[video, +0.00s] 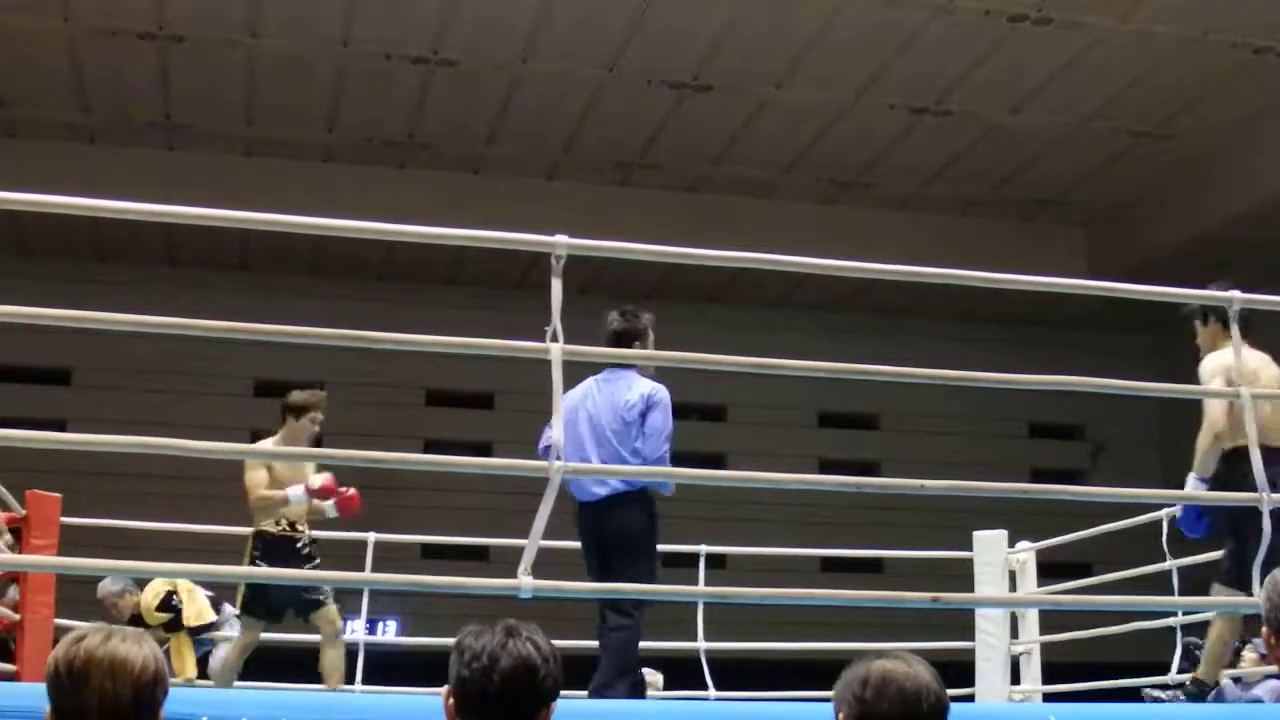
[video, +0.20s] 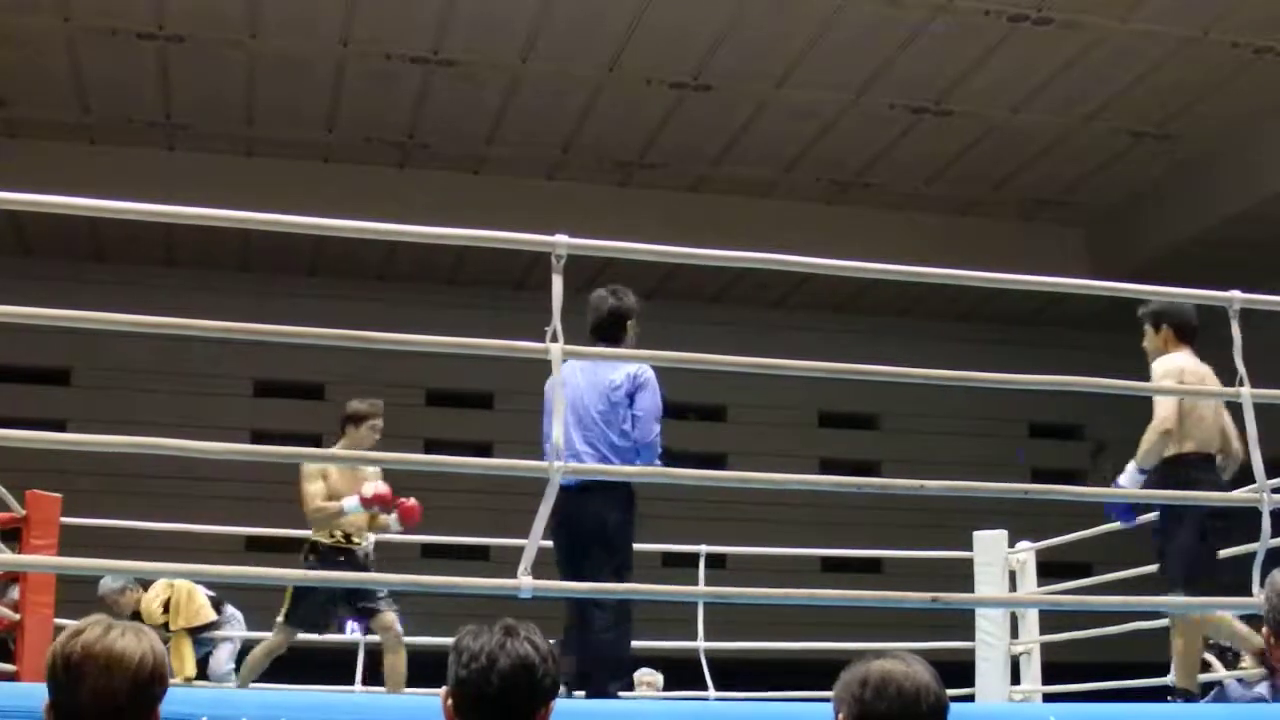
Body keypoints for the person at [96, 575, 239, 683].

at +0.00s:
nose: (112, 613)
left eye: (115, 606)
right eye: (108, 608)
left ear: (131, 594)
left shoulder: (157, 604)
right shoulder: (136, 620)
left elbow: (206, 621)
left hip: (225, 624)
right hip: (194, 630)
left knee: (217, 672)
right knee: (164, 664)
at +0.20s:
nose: (115, 609)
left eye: (116, 602)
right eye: (111, 605)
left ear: (133, 591)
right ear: (132, 593)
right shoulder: (138, 618)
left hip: (228, 621)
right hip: (198, 627)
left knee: (219, 670)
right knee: (173, 668)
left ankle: (236, 706)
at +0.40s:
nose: (119, 610)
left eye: (119, 603)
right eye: (115, 605)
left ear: (134, 590)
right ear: (134, 591)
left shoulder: (165, 599)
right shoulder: (142, 612)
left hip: (231, 622)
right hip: (200, 628)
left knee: (219, 670)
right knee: (173, 663)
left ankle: (235, 711)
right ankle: (176, 709)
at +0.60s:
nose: (119, 609)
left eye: (119, 603)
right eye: (115, 605)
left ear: (131, 591)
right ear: (130, 592)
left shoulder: (166, 594)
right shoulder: (144, 609)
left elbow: (202, 601)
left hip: (233, 621)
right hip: (203, 628)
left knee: (219, 670)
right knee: (174, 663)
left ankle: (235, 711)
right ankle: (179, 709)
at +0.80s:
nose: (124, 608)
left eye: (121, 602)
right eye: (119, 604)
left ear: (130, 588)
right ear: (127, 591)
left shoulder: (172, 594)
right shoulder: (148, 600)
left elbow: (221, 601)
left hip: (233, 617)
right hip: (205, 618)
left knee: (220, 666)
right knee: (181, 663)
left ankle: (237, 710)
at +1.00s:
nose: (123, 606)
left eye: (122, 599)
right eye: (118, 602)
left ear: (134, 588)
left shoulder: (173, 595)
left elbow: (222, 602)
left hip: (233, 620)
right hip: (204, 625)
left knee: (219, 671)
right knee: (173, 662)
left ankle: (236, 712)